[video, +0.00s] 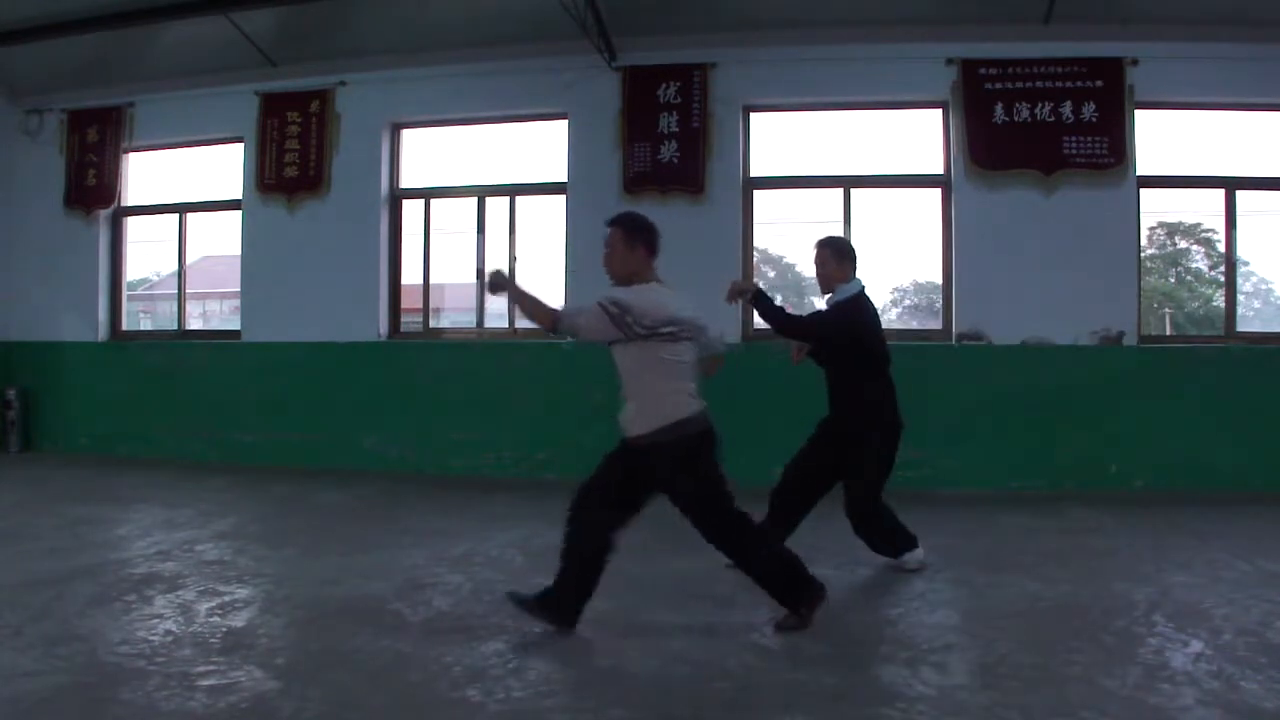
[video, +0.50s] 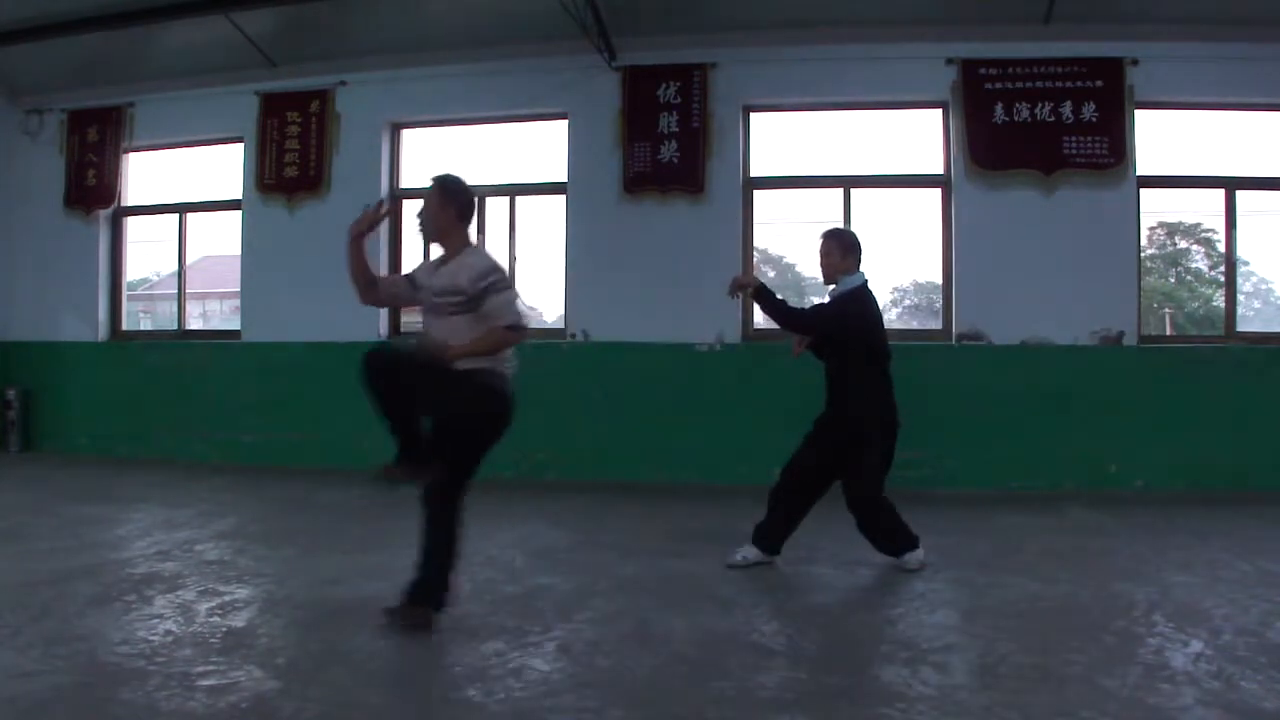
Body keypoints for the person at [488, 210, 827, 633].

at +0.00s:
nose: (604, 257)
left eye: (611, 248)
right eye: (606, 248)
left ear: (639, 252)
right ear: (641, 254)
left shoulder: (629, 304)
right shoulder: (675, 303)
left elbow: (559, 322)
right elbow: (715, 353)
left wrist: (512, 291)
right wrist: (675, 381)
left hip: (656, 440)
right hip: (688, 433)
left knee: (593, 515)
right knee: (723, 523)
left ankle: (563, 605)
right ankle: (803, 593)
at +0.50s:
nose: (420, 212)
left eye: (428, 204)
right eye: (423, 204)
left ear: (452, 212)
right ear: (447, 214)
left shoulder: (482, 268)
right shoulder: (430, 272)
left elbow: (511, 329)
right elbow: (374, 293)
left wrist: (454, 351)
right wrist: (356, 241)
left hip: (482, 390)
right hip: (439, 383)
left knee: (443, 486)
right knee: (380, 361)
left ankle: (426, 602)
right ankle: (414, 454)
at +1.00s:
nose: (282, 251)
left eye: (288, 241)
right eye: (283, 241)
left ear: (311, 243)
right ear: (324, 245)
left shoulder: (303, 300)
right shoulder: (355, 295)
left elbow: (247, 331)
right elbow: (286, 328)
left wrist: (221, 313)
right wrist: (239, 323)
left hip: (312, 428)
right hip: (362, 429)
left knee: (248, 525)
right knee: (342, 530)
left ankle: (213, 623)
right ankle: (399, 614)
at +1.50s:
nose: (229, 277)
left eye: (233, 267)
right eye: (229, 268)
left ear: (254, 266)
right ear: (265, 267)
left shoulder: (290, 313)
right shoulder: (273, 319)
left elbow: (303, 384)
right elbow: (215, 342)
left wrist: (264, 385)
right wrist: (187, 286)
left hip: (307, 443)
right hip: (340, 440)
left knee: (241, 522)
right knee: (336, 540)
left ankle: (211, 621)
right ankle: (395, 620)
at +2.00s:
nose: (252, 271)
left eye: (253, 262)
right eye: (252, 263)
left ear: (263, 261)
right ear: (293, 257)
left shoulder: (309, 309)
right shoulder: (277, 316)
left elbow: (310, 383)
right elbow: (220, 341)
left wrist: (274, 379)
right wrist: (192, 284)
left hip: (314, 443)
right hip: (344, 439)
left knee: (250, 525)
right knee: (340, 538)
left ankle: (212, 620)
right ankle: (396, 618)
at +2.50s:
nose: (268, 274)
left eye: (266, 264)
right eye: (265, 266)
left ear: (273, 258)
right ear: (304, 253)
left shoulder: (297, 297)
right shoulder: (334, 294)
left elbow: (304, 370)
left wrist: (282, 394)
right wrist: (265, 346)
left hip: (320, 430)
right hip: (369, 425)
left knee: (272, 529)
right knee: (354, 532)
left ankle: (222, 618)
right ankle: (399, 619)